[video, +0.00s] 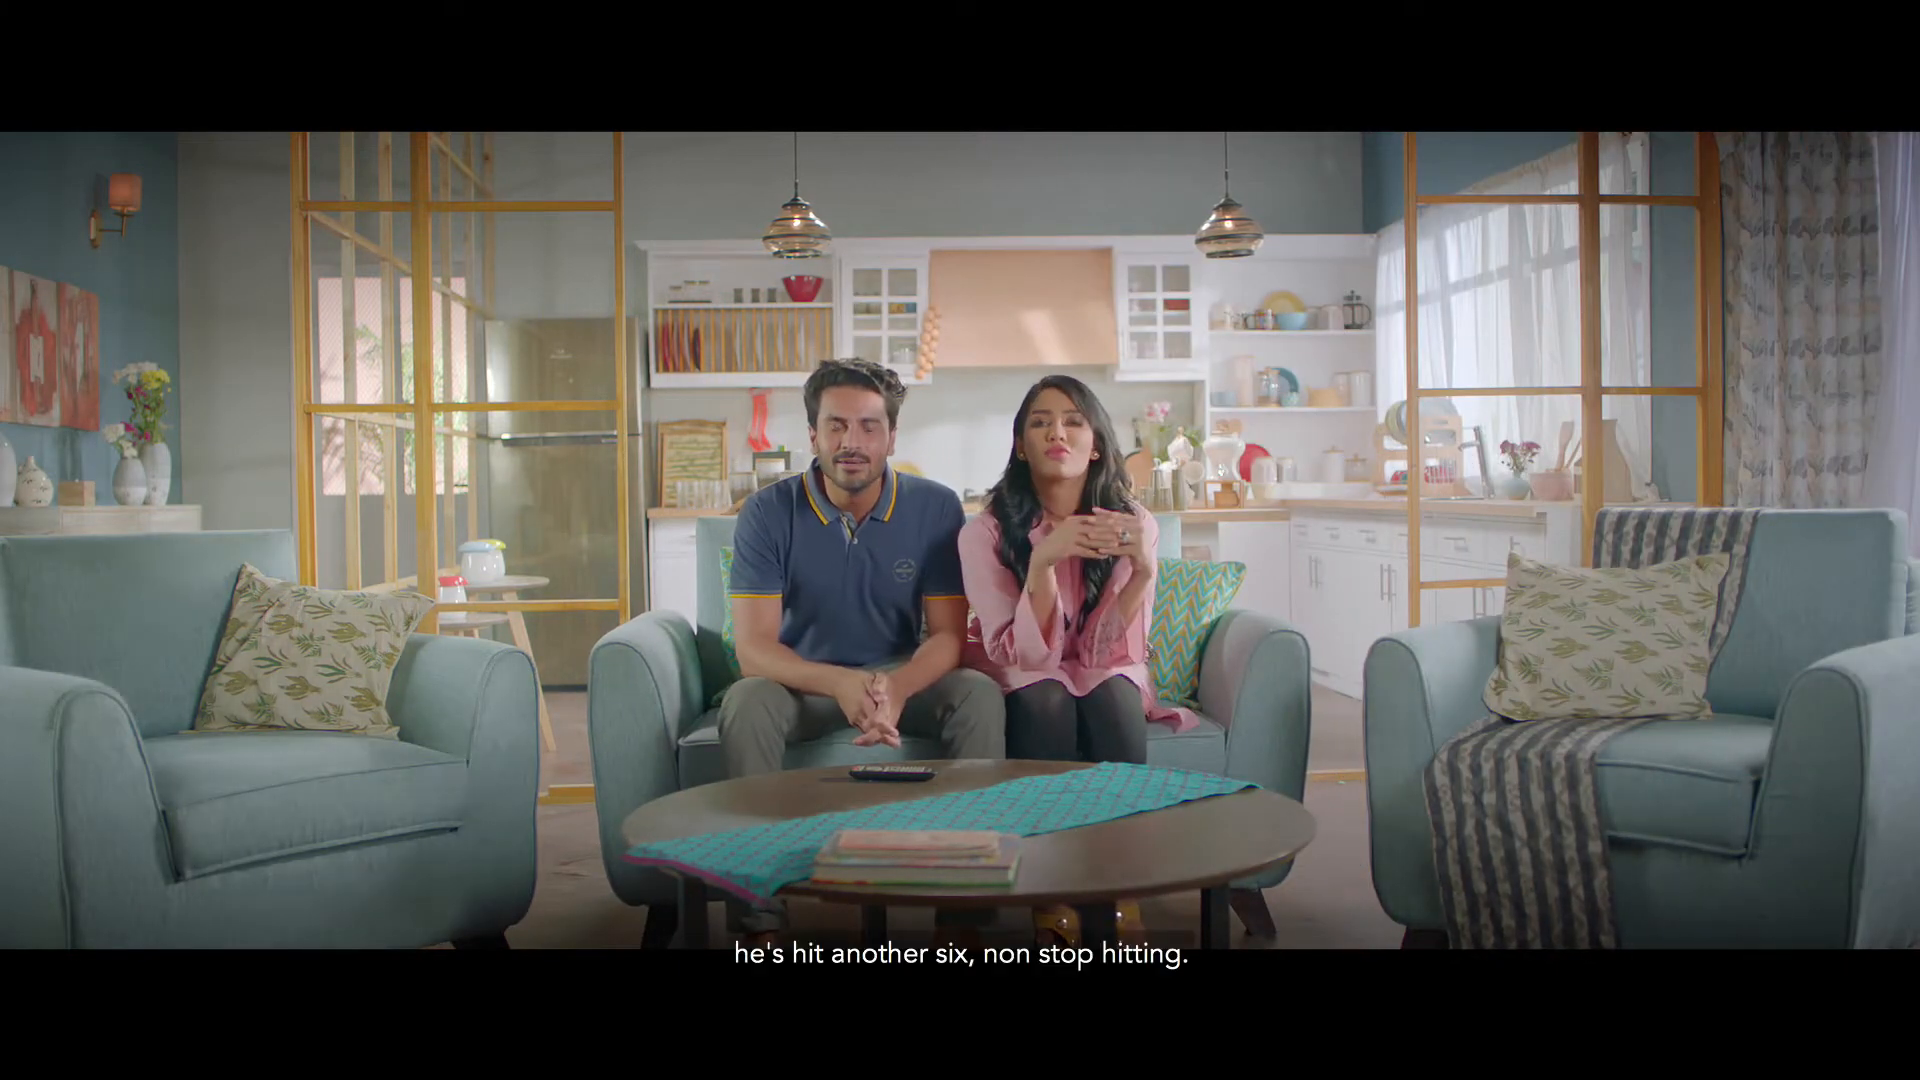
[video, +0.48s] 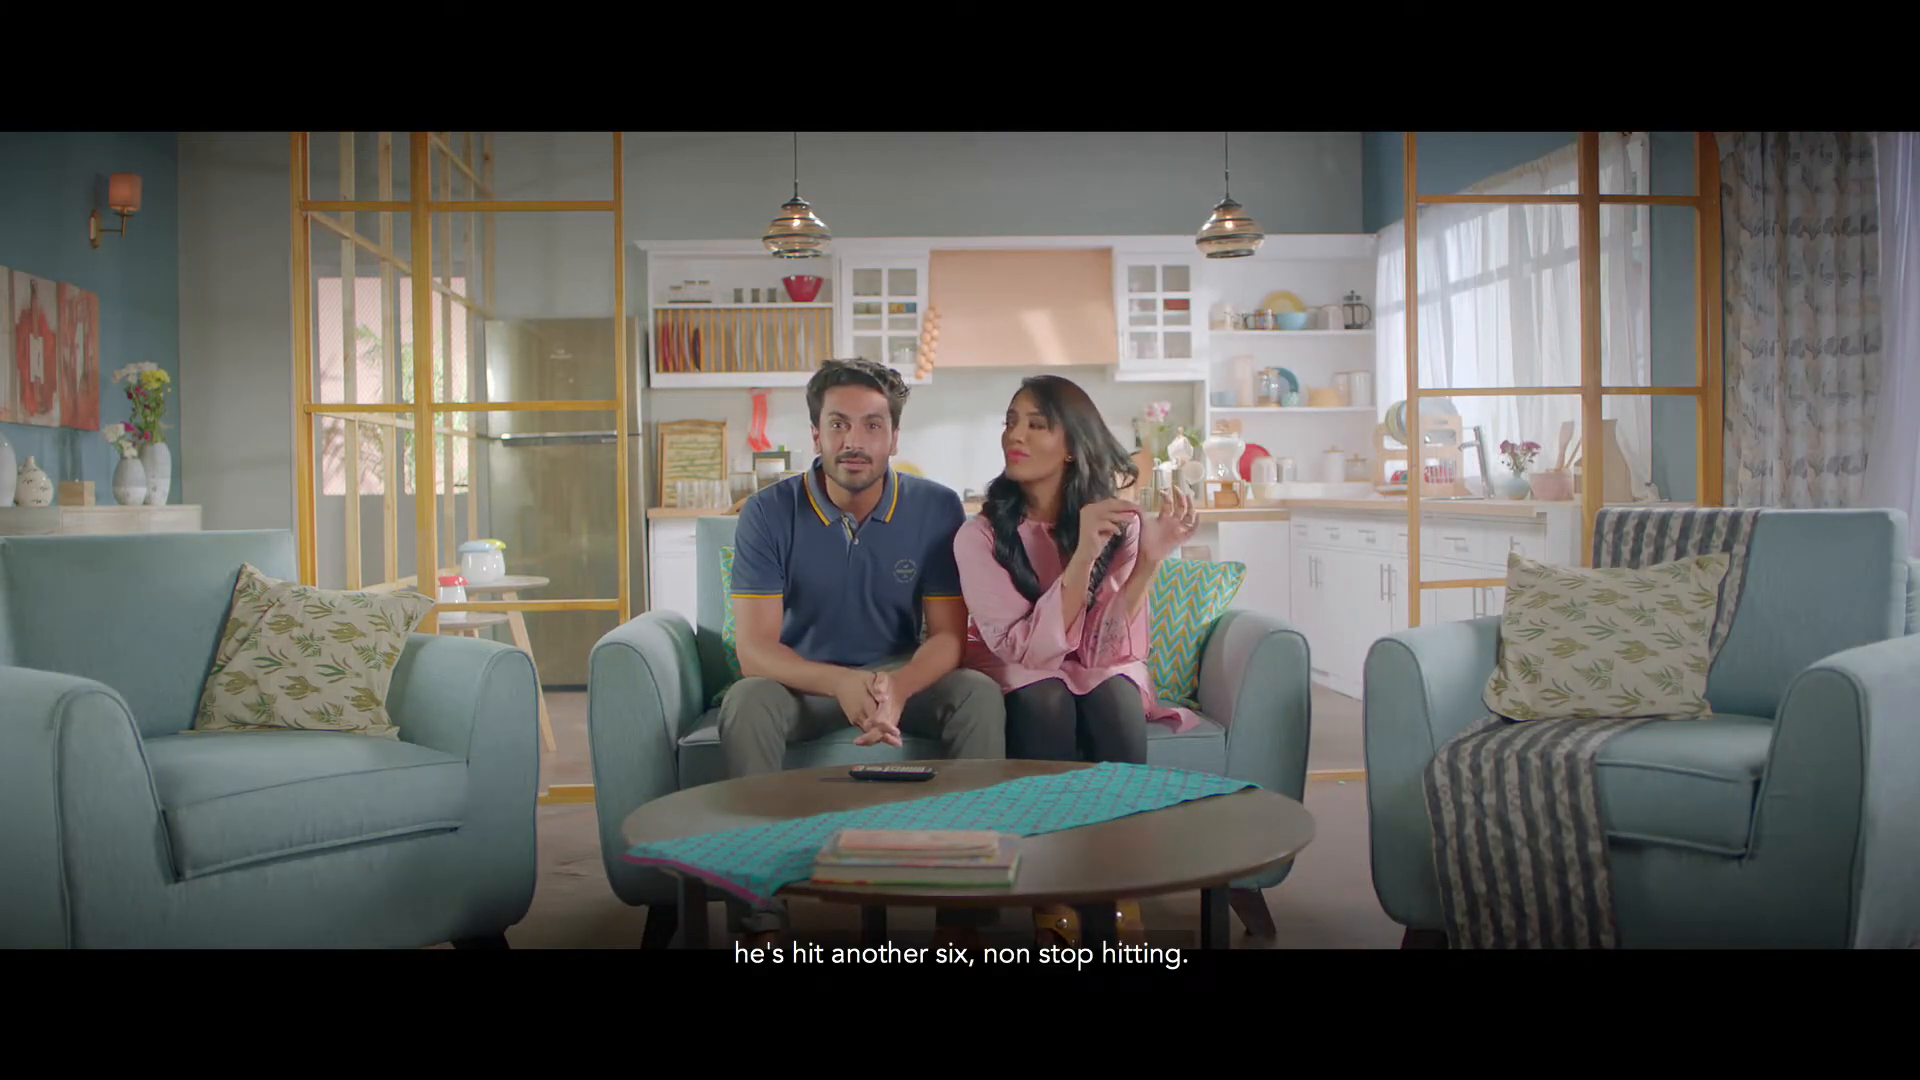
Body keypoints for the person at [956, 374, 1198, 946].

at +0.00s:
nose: (1057, 434)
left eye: (1072, 424)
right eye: (1041, 424)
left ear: (1095, 447)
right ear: (1020, 445)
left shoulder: (1130, 520)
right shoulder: (984, 533)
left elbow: (1107, 659)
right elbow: (1019, 658)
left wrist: (1142, 573)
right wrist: (1042, 560)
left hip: (1103, 678)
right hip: (1028, 681)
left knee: (1114, 698)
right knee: (1047, 701)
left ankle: (1121, 892)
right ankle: (1052, 894)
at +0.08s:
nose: (1055, 435)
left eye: (1071, 424)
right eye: (1040, 424)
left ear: (1094, 448)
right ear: (1019, 445)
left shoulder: (1120, 523)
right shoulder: (983, 533)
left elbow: (1104, 654)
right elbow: (1017, 654)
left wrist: (1148, 569)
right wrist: (1056, 557)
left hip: (1102, 676)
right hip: (1027, 678)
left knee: (1116, 698)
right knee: (1048, 703)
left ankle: (1120, 891)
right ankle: (1052, 893)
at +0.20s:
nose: (1053, 436)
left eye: (1069, 425)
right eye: (1038, 425)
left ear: (1092, 447)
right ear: (1017, 444)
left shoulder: (1120, 523)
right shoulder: (982, 533)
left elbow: (1104, 653)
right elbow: (1017, 651)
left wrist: (1147, 566)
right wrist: (1060, 555)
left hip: (1103, 671)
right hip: (1028, 673)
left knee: (1116, 703)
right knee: (1047, 704)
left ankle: (1119, 893)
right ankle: (1052, 893)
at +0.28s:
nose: (1039, 434)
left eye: (1059, 424)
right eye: (1028, 422)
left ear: (1087, 447)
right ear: (1014, 438)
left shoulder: (1119, 524)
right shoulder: (981, 533)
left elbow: (1105, 652)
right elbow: (1017, 650)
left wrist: (1153, 564)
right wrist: (1067, 555)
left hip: (1104, 672)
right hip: (1029, 675)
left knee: (1115, 700)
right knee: (1047, 702)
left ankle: (1120, 893)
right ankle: (1054, 893)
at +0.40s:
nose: (1018, 434)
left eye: (1040, 425)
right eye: (1015, 422)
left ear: (1075, 447)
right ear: (1006, 432)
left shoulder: (1118, 524)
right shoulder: (979, 536)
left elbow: (1102, 650)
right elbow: (1019, 650)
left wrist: (1153, 558)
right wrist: (1081, 559)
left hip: (1105, 677)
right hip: (1031, 679)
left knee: (1114, 698)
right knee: (1047, 701)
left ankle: (1122, 890)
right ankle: (1053, 890)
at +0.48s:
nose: (1015, 434)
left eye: (1036, 424)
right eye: (1011, 423)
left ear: (1072, 444)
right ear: (1003, 433)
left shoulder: (1115, 523)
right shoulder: (978, 536)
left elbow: (1102, 650)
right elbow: (1021, 650)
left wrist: (1151, 558)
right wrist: (1082, 559)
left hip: (1104, 674)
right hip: (1030, 676)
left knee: (1114, 698)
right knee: (1045, 701)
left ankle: (1121, 889)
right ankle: (1054, 890)